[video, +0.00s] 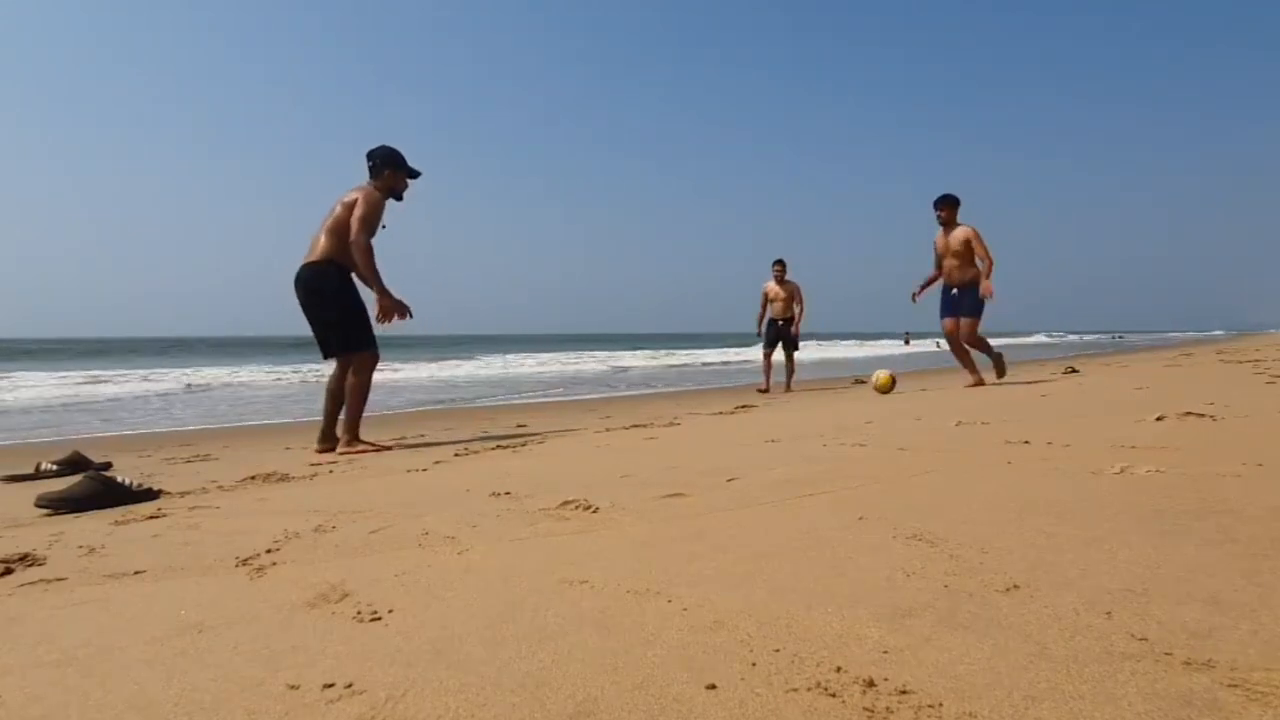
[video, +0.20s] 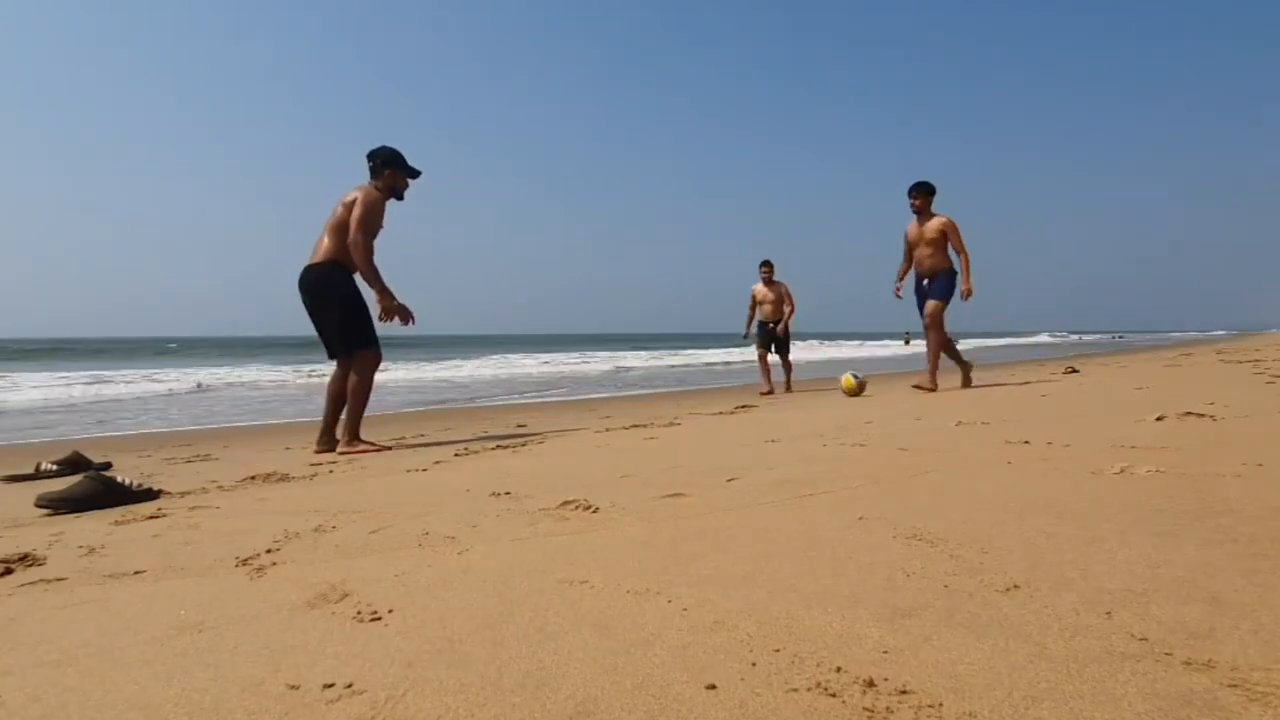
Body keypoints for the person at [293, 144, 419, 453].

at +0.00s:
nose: (406, 184)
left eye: (407, 178)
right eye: (403, 177)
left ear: (381, 174)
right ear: (386, 174)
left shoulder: (356, 197)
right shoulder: (371, 197)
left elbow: (352, 258)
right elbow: (357, 242)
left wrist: (384, 296)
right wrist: (382, 292)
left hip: (311, 276)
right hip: (329, 276)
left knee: (347, 358)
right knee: (366, 356)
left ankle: (327, 437)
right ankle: (350, 438)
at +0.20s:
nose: (408, 183)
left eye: (408, 177)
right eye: (404, 176)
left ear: (383, 175)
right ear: (387, 174)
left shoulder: (361, 198)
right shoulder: (370, 197)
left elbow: (361, 259)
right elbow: (357, 245)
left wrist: (390, 301)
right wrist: (383, 293)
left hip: (317, 277)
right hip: (332, 277)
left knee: (348, 359)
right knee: (368, 356)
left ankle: (326, 437)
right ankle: (350, 438)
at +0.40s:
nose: (407, 180)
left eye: (407, 174)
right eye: (404, 173)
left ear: (381, 171)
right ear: (387, 170)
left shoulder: (359, 194)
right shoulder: (372, 194)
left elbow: (361, 260)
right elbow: (363, 242)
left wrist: (389, 297)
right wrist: (391, 295)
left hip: (322, 276)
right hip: (338, 276)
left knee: (347, 360)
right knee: (368, 357)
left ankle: (326, 438)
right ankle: (348, 438)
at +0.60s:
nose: (408, 176)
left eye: (408, 170)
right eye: (404, 169)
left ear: (382, 168)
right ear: (387, 166)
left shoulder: (362, 192)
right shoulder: (375, 191)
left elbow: (363, 258)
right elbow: (369, 241)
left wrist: (389, 298)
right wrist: (402, 289)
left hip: (336, 275)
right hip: (345, 276)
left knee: (369, 357)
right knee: (373, 357)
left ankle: (334, 431)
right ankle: (347, 438)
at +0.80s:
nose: (419, 180)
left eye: (420, 174)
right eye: (416, 173)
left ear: (393, 173)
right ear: (400, 171)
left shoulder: (373, 199)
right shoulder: (386, 198)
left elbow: (376, 261)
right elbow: (381, 248)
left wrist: (403, 296)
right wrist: (409, 297)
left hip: (351, 280)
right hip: (354, 280)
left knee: (389, 358)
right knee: (376, 360)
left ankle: (390, 433)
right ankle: (348, 438)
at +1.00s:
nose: (429, 188)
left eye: (429, 182)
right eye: (426, 181)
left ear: (405, 179)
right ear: (410, 178)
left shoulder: (388, 203)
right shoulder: (391, 202)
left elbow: (390, 262)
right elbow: (390, 256)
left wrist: (417, 299)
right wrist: (418, 298)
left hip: (366, 283)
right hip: (357, 283)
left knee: (396, 358)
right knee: (384, 359)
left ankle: (392, 431)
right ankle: (358, 433)